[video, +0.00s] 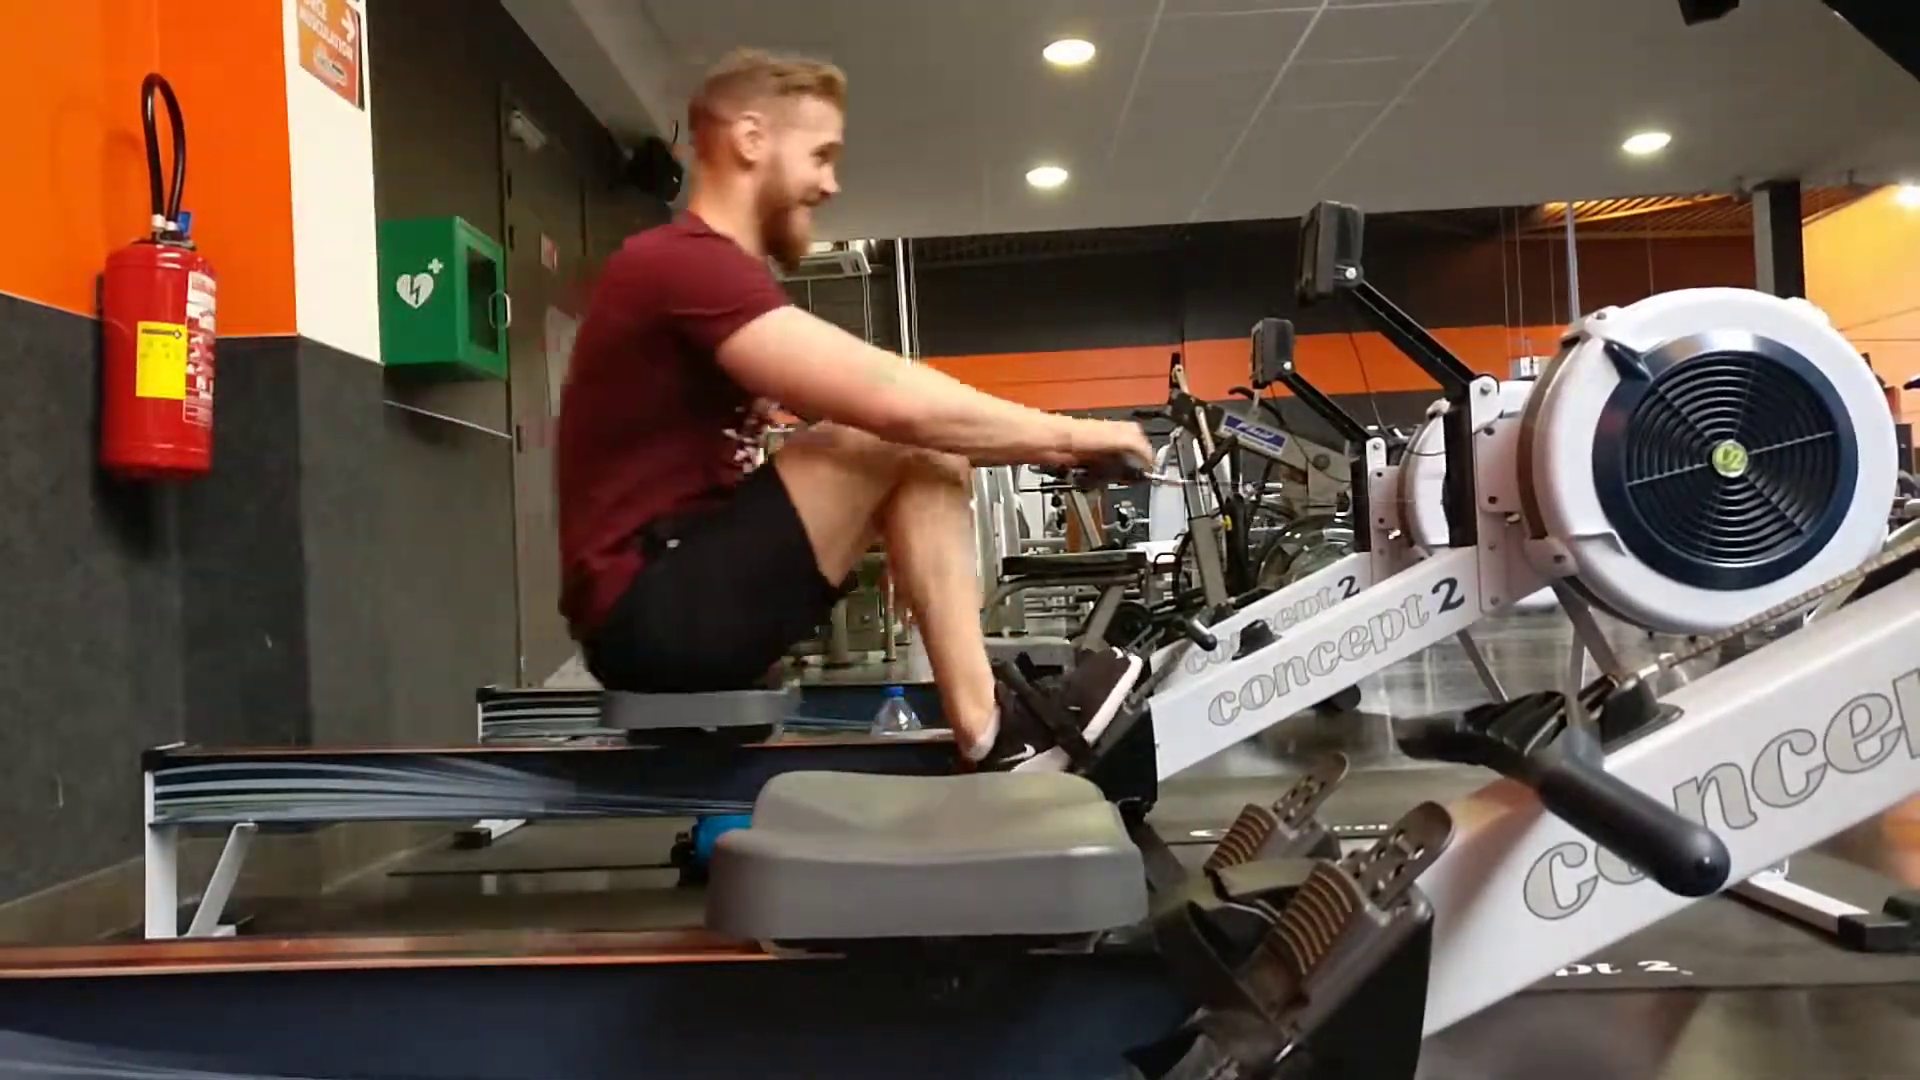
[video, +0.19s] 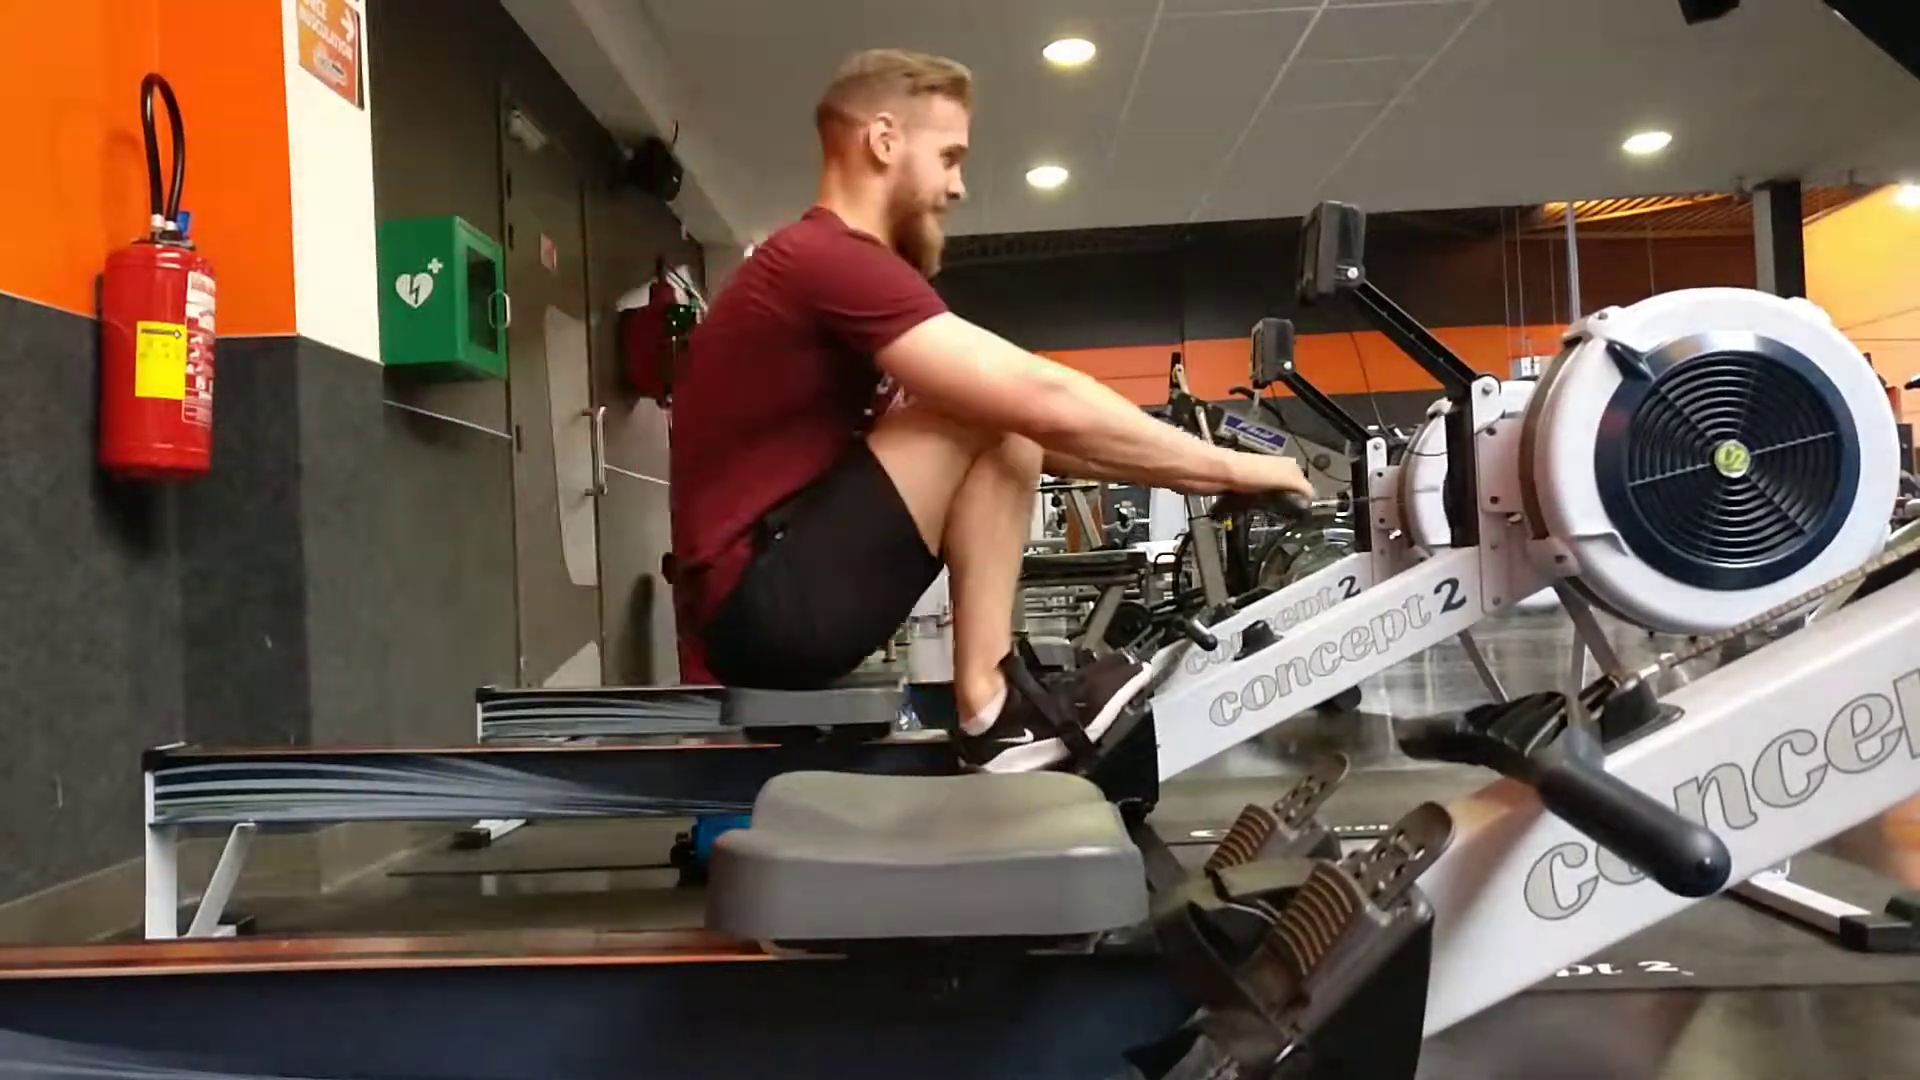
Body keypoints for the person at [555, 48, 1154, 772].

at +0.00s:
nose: (832, 185)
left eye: (834, 162)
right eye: (821, 156)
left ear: (747, 146)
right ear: (749, 140)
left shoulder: (700, 269)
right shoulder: (684, 265)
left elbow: (883, 397)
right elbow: (896, 404)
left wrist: (1055, 439)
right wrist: (1069, 436)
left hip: (666, 611)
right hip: (656, 619)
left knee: (908, 442)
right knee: (914, 448)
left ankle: (982, 713)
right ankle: (982, 730)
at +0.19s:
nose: (959, 186)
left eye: (961, 163)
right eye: (949, 157)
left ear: (882, 145)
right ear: (882, 141)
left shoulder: (840, 262)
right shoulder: (830, 260)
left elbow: (1044, 394)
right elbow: (1051, 406)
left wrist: (1206, 468)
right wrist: (1233, 468)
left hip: (772, 606)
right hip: (761, 615)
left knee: (1009, 420)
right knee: (994, 417)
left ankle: (999, 692)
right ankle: (983, 711)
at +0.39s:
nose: (908, 162)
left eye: (907, 136)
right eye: (896, 133)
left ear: (826, 129)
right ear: (826, 123)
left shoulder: (793, 252)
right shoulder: (775, 247)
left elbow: (973, 388)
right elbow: (981, 384)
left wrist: (1153, 435)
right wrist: (1170, 433)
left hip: (756, 598)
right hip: (744, 609)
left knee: (978, 420)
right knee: (981, 429)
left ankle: (997, 685)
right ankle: (987, 713)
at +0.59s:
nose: (637, 140)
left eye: (634, 116)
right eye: (618, 111)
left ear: (547, 118)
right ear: (540, 113)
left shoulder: (580, 258)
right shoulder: (503, 242)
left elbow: (696, 405)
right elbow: (674, 393)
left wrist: (871, 409)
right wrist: (875, 407)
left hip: (600, 595)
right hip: (560, 604)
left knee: (859, 451)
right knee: (856, 458)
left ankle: (989, 716)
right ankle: (991, 738)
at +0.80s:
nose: (415, 180)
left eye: (415, 158)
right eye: (395, 153)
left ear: (327, 148)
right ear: (308, 143)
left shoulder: (373, 294)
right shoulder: (244, 277)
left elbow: (448, 477)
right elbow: (300, 448)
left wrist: (533, 435)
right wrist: (521, 419)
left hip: (459, 579)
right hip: (393, 603)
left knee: (734, 546)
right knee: (725, 548)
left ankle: (986, 731)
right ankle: (980, 752)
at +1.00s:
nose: (498, 187)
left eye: (502, 166)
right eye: (484, 157)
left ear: (418, 154)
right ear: (398, 144)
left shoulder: (419, 293)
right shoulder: (299, 264)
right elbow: (239, 422)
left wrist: (497, 420)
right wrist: (437, 395)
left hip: (434, 590)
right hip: (377, 608)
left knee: (727, 547)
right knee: (722, 550)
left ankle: (964, 737)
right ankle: (962, 751)